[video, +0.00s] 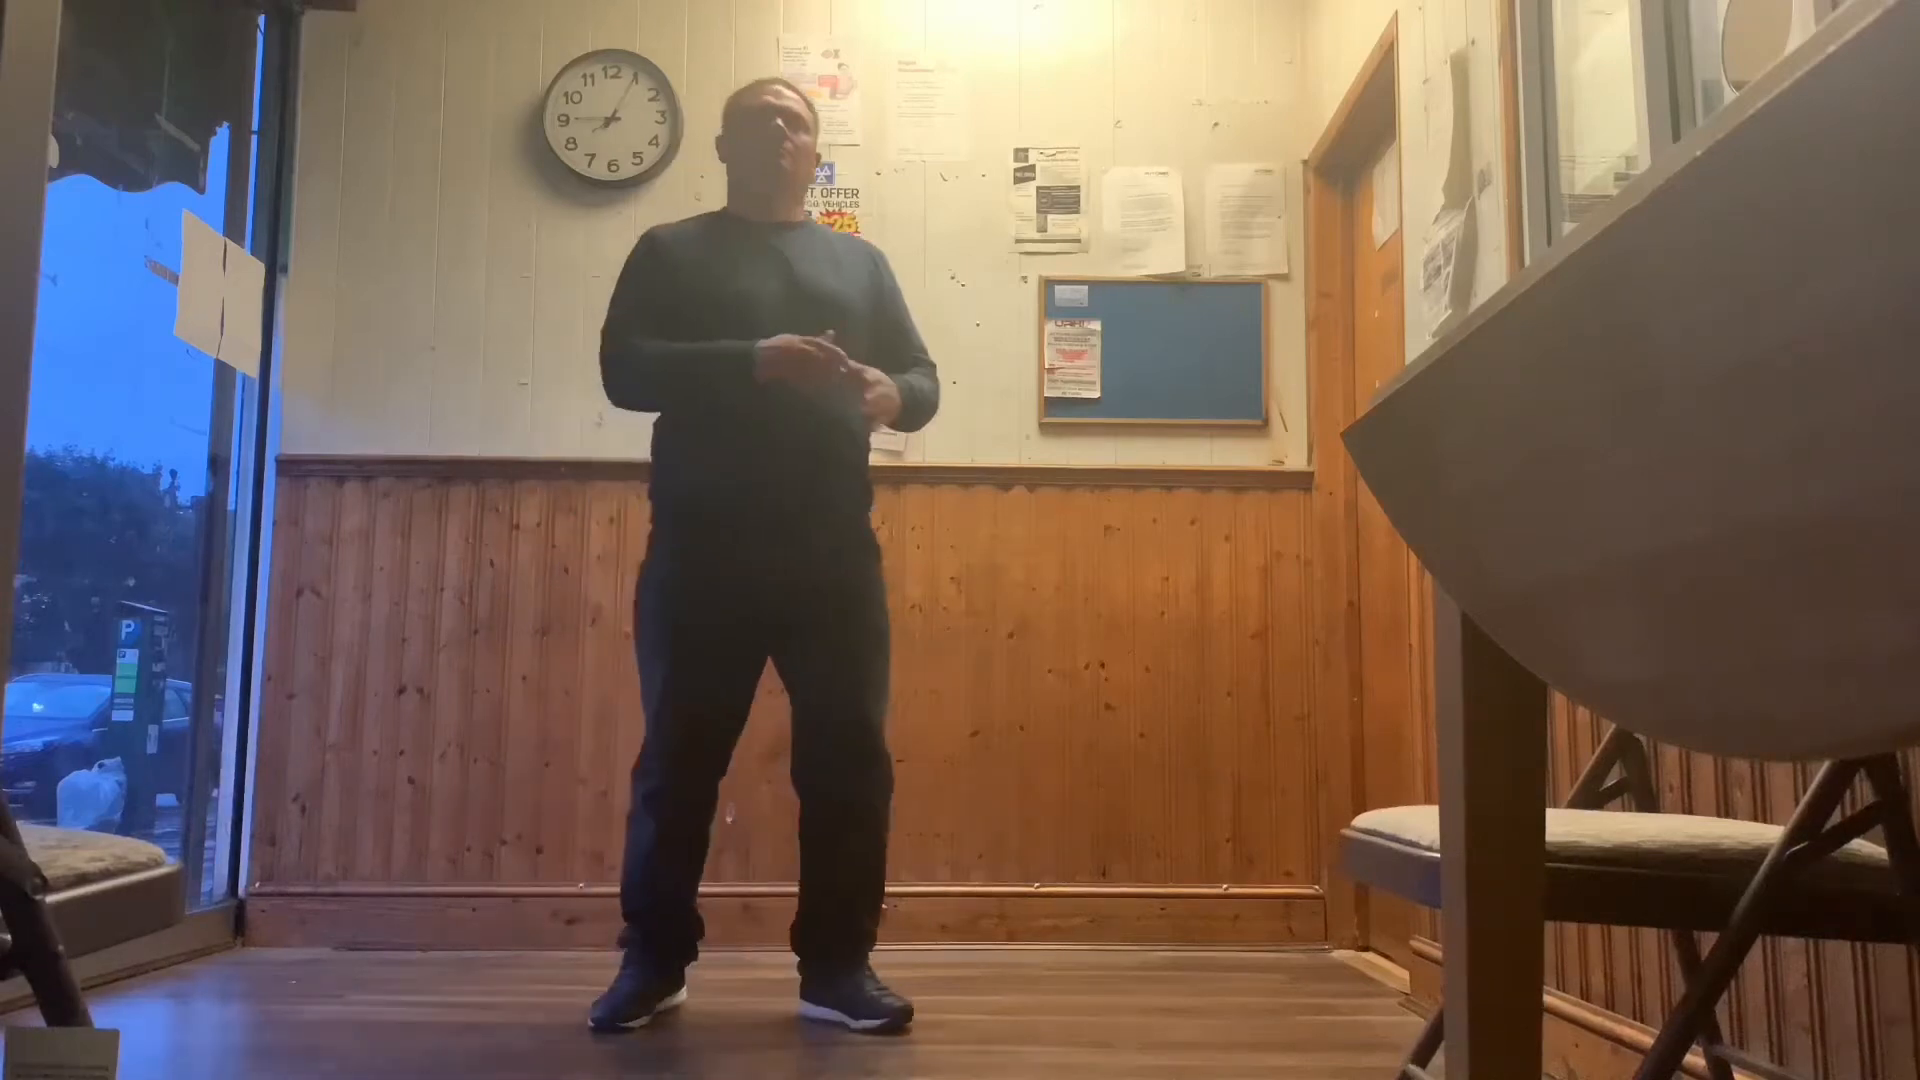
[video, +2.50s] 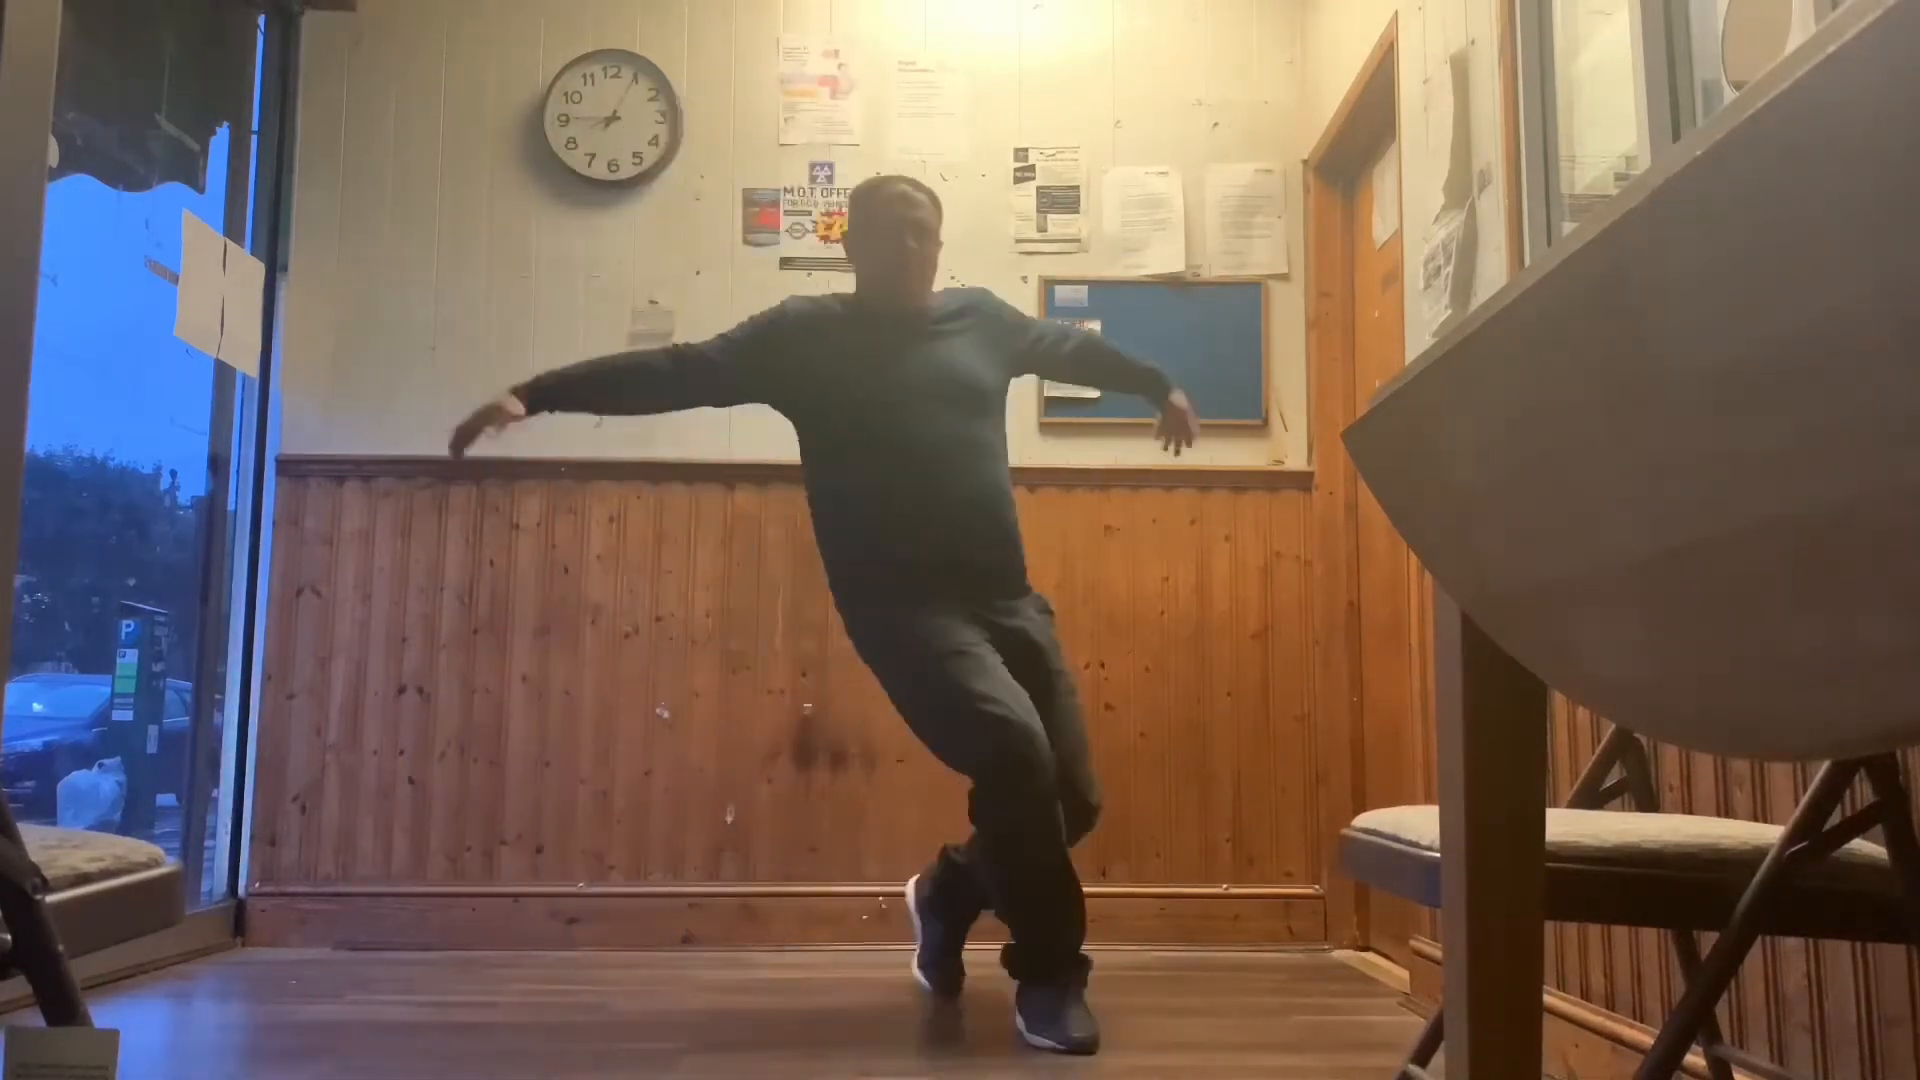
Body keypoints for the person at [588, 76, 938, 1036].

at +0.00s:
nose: (778, 128)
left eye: (794, 120)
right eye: (757, 115)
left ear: (818, 156)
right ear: (720, 149)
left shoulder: (859, 263)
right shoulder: (670, 251)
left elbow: (922, 385)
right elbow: (623, 372)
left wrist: (894, 395)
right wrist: (756, 359)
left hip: (831, 553)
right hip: (702, 551)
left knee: (851, 765)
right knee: (676, 766)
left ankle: (837, 971)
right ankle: (651, 965)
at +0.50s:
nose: (875, 186)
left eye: (885, 170)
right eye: (851, 170)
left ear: (903, 189)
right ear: (803, 193)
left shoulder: (948, 276)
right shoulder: (753, 288)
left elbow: (1052, 278)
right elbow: (607, 312)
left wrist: (1153, 278)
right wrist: (444, 303)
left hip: (962, 576)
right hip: (842, 586)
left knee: (1022, 803)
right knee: (931, 756)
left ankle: (910, 936)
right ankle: (966, 1021)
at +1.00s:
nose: (729, 109)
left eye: (749, 99)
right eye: (715, 95)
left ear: (781, 128)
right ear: (691, 119)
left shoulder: (813, 224)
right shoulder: (636, 206)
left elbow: (889, 294)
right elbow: (530, 245)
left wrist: (819, 218)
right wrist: (554, 163)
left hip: (779, 521)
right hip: (656, 515)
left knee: (801, 726)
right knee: (607, 730)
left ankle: (822, 916)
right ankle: (596, 933)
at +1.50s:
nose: (628, 229)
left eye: (648, 211)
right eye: (619, 209)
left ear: (698, 217)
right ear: (604, 213)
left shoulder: (740, 335)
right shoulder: (565, 281)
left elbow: (852, 415)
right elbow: (454, 272)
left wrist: (965, 487)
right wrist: (331, 252)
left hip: (597, 587)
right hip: (490, 566)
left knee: (455, 752)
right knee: (456, 765)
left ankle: (372, 992)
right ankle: (588, 938)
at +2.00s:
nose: (763, 118)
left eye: (776, 105)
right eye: (743, 107)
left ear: (797, 124)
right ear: (708, 128)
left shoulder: (837, 199)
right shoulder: (680, 214)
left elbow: (927, 263)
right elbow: (616, 252)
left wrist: (852, 270)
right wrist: (705, 174)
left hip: (833, 499)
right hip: (713, 504)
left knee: (875, 694)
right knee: (676, 708)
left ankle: (885, 879)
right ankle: (665, 893)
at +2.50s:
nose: (919, 246)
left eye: (929, 231)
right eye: (898, 229)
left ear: (942, 247)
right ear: (851, 243)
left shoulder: (982, 323)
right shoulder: (801, 337)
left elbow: (1081, 352)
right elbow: (677, 373)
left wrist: (1163, 387)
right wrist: (533, 395)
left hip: (1008, 597)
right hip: (903, 606)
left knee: (1074, 801)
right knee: (1015, 751)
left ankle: (949, 896)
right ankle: (1052, 983)